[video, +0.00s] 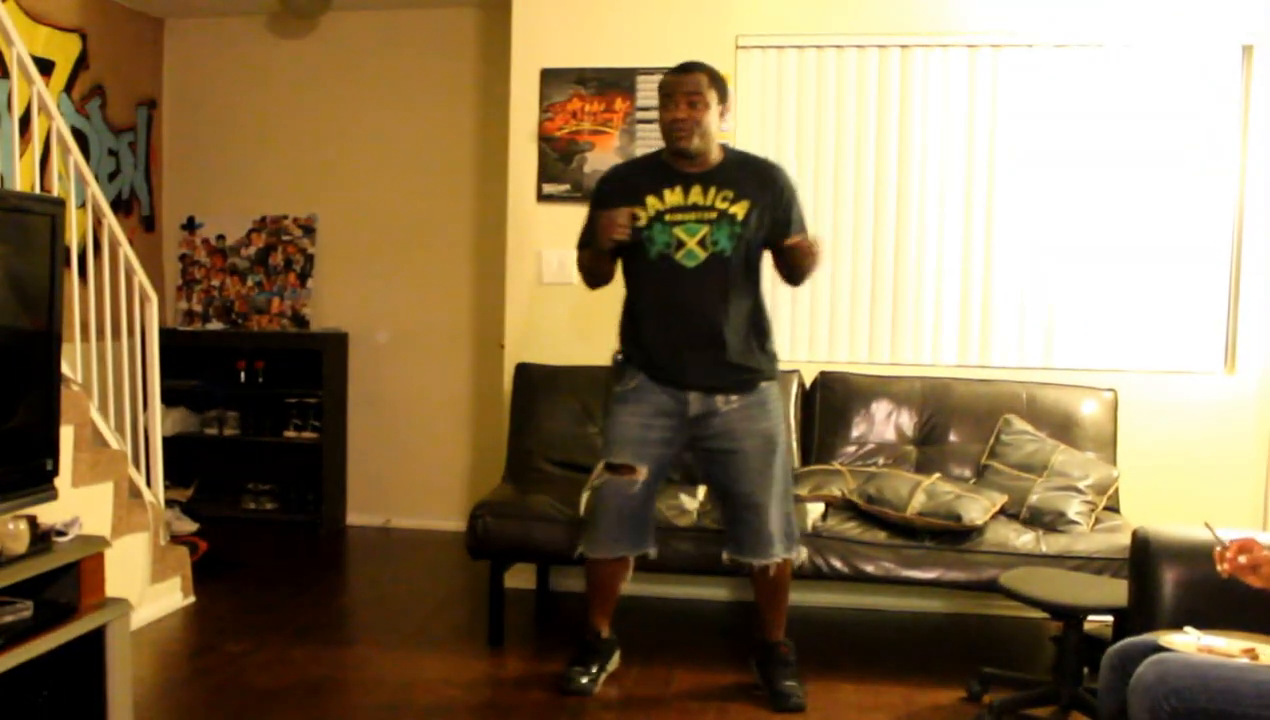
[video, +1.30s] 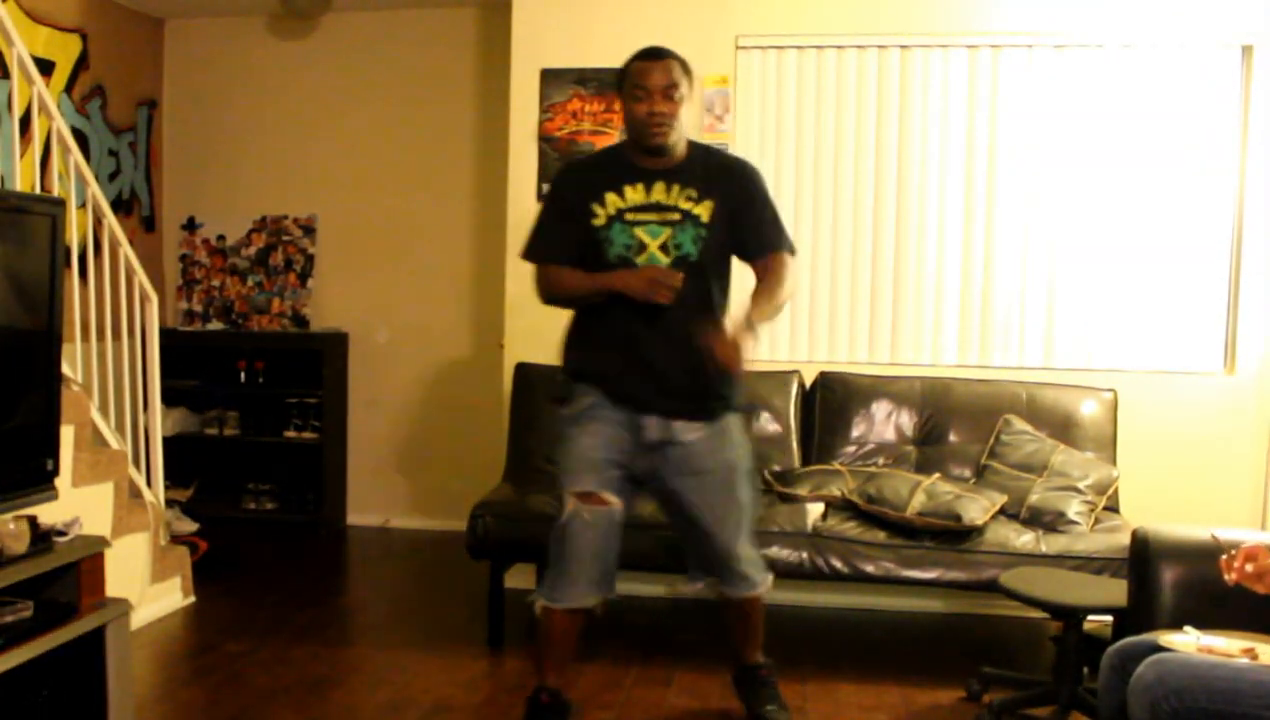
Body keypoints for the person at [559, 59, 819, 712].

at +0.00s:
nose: (680, 112)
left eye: (694, 102)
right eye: (670, 102)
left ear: (723, 111)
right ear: (659, 113)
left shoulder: (763, 181)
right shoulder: (625, 183)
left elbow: (792, 271)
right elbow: (593, 278)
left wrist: (801, 254)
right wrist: (602, 241)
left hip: (741, 382)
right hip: (648, 380)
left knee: (768, 524)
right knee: (614, 502)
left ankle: (776, 650)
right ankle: (597, 641)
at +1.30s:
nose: (656, 107)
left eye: (669, 94)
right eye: (641, 94)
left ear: (689, 101)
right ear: (621, 103)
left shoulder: (731, 180)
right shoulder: (583, 180)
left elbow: (775, 271)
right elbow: (549, 280)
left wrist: (743, 329)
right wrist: (620, 280)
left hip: (700, 403)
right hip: (602, 398)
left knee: (737, 557)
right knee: (580, 542)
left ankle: (754, 673)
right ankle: (549, 699)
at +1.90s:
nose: (627, 114)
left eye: (642, 101)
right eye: (613, 100)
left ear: (661, 101)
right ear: (588, 98)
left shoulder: (702, 176)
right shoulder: (549, 166)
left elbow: (736, 281)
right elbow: (515, 255)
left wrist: (763, 389)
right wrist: (481, 343)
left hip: (691, 409)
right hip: (578, 406)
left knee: (738, 576)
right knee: (520, 546)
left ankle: (723, 706)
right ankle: (541, 693)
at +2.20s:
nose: (685, 144)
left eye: (701, 130)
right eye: (672, 128)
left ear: (724, 124)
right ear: (651, 118)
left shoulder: (759, 190)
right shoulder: (601, 175)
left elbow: (823, 283)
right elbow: (528, 240)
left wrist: (806, 256)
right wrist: (466, 312)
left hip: (740, 416)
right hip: (643, 409)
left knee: (752, 602)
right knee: (670, 565)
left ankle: (724, 715)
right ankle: (602, 697)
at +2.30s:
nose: (694, 148)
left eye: (709, 134)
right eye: (680, 132)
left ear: (731, 128)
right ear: (659, 123)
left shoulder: (758, 188)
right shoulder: (605, 176)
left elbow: (803, 277)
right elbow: (514, 224)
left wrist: (793, 223)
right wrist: (477, 273)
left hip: (740, 409)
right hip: (642, 404)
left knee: (759, 578)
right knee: (637, 575)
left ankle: (725, 712)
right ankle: (652, 711)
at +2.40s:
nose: (697, 148)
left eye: (711, 133)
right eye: (682, 133)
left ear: (732, 124)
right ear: (660, 123)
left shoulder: (762, 173)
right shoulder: (613, 177)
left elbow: (806, 257)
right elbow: (518, 225)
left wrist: (792, 203)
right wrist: (504, 252)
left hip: (736, 406)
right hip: (629, 394)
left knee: (758, 583)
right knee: (564, 544)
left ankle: (726, 711)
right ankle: (605, 691)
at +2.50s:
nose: (692, 137)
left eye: (706, 121)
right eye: (676, 122)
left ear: (728, 110)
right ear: (655, 114)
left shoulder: (761, 148)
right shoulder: (620, 172)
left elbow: (817, 227)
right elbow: (531, 250)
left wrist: (810, 184)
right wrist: (552, 235)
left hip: (726, 396)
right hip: (616, 379)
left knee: (745, 568)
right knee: (530, 537)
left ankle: (729, 710)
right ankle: (555, 678)